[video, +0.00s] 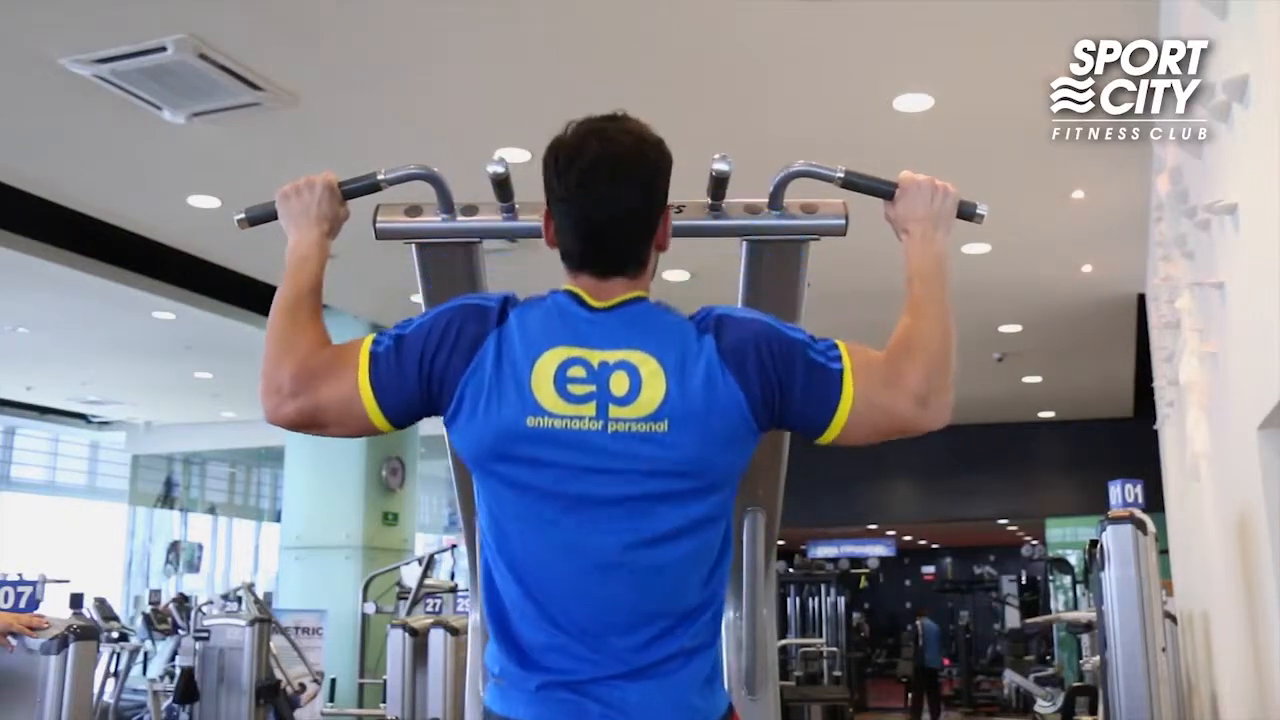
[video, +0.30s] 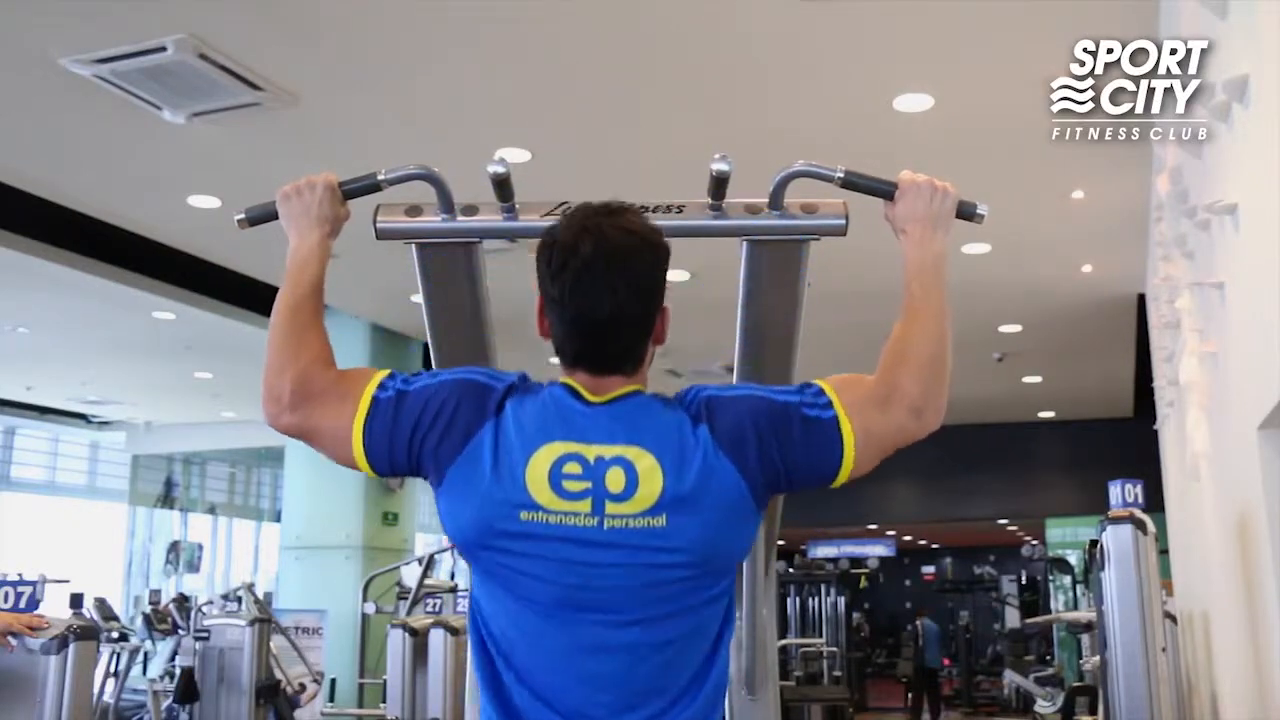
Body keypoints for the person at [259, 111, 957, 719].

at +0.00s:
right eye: (668, 213)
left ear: (547, 229)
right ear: (664, 232)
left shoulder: (477, 339)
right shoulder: (733, 352)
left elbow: (290, 391)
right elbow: (920, 394)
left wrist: (306, 236)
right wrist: (928, 236)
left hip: (525, 701)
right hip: (682, 701)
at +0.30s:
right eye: (662, 300)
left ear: (542, 317)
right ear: (661, 324)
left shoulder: (470, 421)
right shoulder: (730, 436)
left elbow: (294, 398)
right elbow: (910, 404)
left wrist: (307, 243)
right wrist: (925, 243)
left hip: (521, 713)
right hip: (682, 715)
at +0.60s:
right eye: (659, 386)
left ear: (536, 412)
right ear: (659, 416)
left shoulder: (474, 499)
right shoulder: (724, 514)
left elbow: (314, 402)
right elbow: (878, 403)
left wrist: (309, 240)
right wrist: (921, 245)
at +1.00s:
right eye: (662, 333)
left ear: (541, 353)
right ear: (661, 357)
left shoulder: (475, 453)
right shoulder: (727, 459)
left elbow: (306, 403)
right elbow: (904, 406)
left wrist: (308, 244)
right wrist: (921, 243)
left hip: (522, 709)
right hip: (684, 709)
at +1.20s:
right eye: (661, 226)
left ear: (540, 243)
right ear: (659, 248)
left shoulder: (475, 362)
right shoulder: (729, 366)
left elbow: (290, 396)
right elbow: (920, 398)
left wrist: (306, 241)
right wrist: (926, 242)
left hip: (524, 698)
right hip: (673, 699)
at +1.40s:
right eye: (661, 139)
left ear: (546, 156)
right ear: (662, 156)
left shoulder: (485, 273)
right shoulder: (730, 280)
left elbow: (312, 388)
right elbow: (904, 389)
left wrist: (306, 241)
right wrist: (924, 240)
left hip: (527, 634)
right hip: (672, 639)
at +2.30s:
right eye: (661, 244)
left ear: (538, 263)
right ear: (660, 267)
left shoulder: (468, 369)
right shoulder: (727, 384)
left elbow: (287, 396)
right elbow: (916, 396)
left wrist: (306, 244)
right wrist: (927, 243)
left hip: (517, 705)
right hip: (674, 706)